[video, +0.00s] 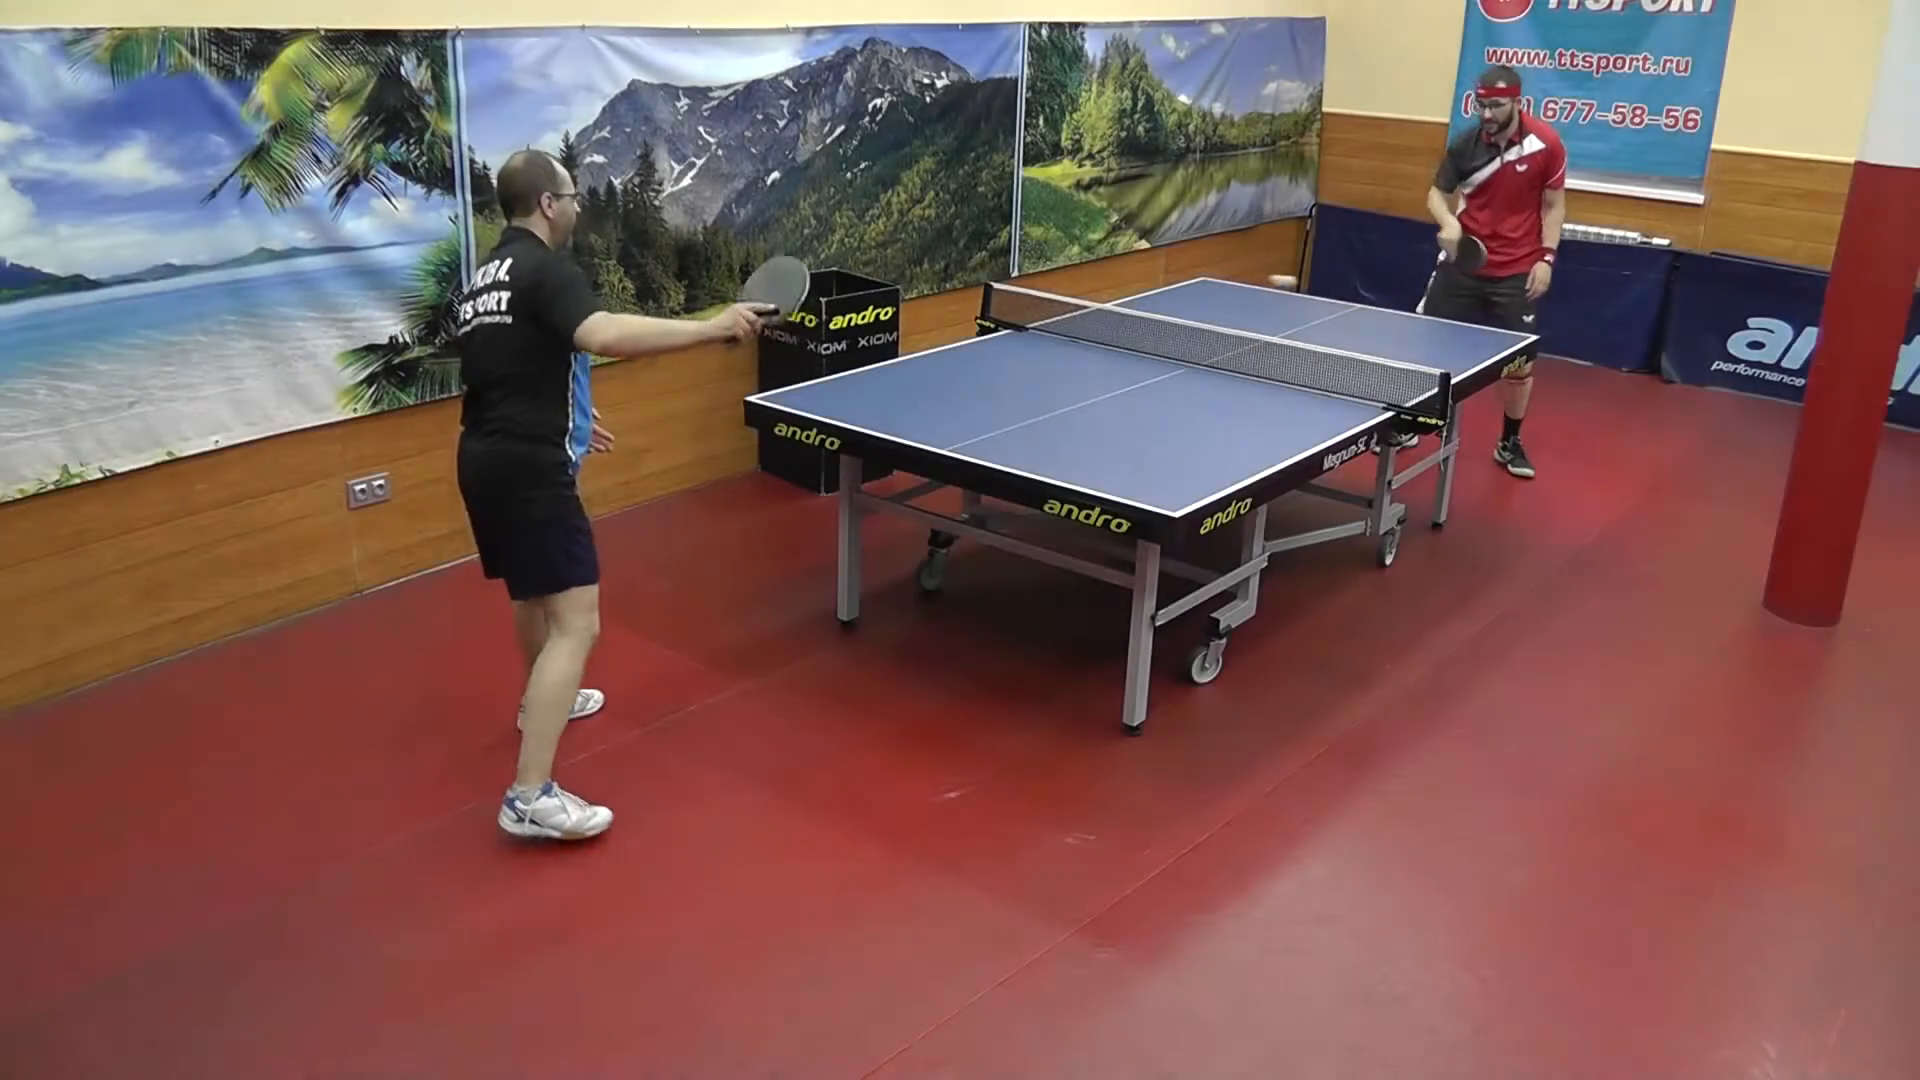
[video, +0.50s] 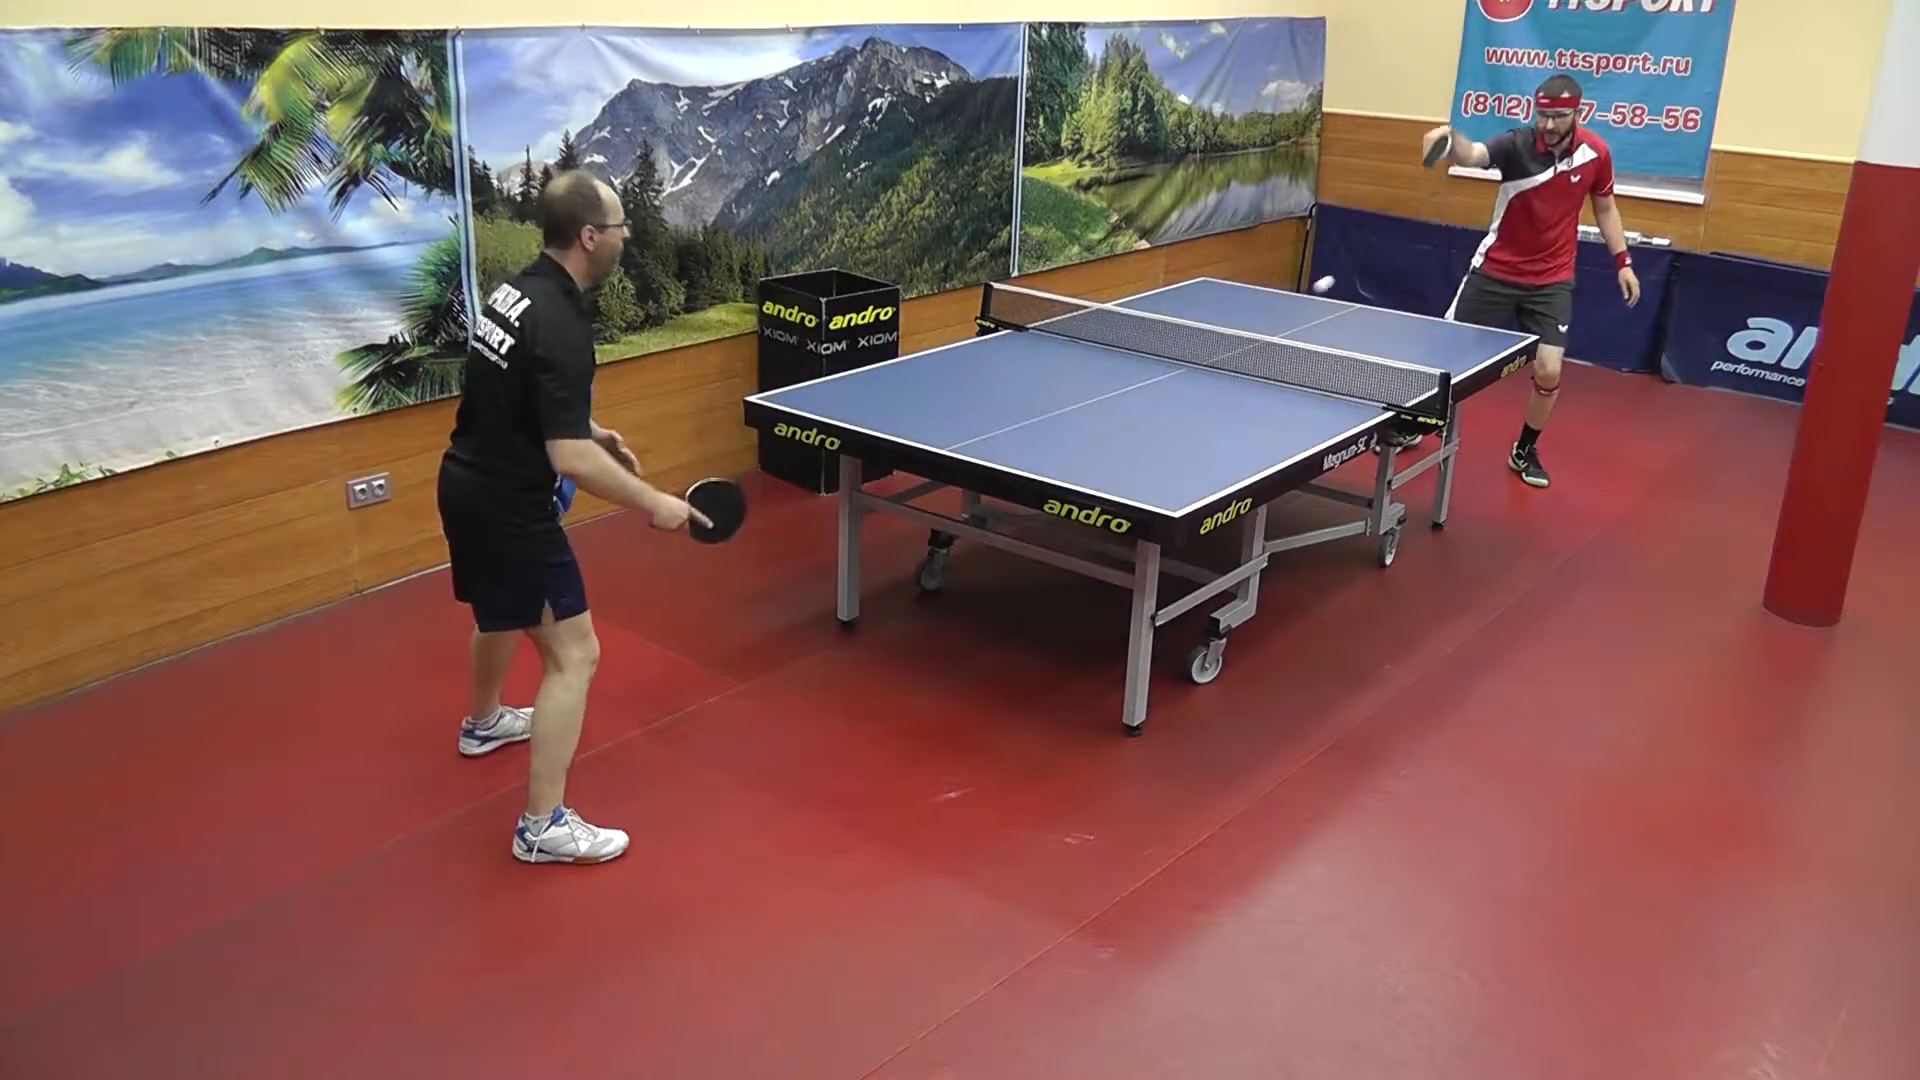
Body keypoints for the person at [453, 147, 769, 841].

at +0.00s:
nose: (577, 208)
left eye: (574, 197)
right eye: (571, 197)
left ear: (517, 208)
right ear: (547, 204)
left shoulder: (484, 273)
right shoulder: (544, 267)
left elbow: (493, 376)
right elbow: (601, 335)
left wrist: (561, 421)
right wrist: (711, 327)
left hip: (484, 461)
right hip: (529, 464)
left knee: (531, 592)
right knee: (575, 625)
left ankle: (543, 694)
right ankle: (529, 795)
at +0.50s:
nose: (625, 235)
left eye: (622, 223)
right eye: (618, 225)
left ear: (569, 235)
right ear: (586, 237)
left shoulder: (520, 289)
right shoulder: (561, 320)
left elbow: (515, 392)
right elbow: (570, 454)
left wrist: (586, 431)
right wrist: (654, 502)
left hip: (470, 482)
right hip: (512, 503)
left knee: (501, 603)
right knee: (573, 653)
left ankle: (485, 718)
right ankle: (543, 822)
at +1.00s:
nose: (758, 368)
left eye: (756, 356)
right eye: (747, 360)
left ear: (707, 368)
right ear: (701, 371)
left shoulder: (693, 384)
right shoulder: (626, 445)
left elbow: (734, 399)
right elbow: (569, 572)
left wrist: (783, 449)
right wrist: (571, 697)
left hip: (611, 556)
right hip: (596, 575)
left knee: (556, 627)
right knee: (703, 683)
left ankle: (496, 712)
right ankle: (701, 842)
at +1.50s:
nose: (783, 240)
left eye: (779, 228)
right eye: (778, 230)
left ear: (705, 241)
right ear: (754, 246)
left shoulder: (650, 303)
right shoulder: (748, 330)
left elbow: (589, 391)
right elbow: (882, 322)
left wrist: (625, 456)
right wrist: (888, 215)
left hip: (579, 504)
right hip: (647, 542)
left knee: (576, 578)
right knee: (717, 686)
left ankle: (518, 673)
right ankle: (700, 858)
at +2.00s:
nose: (637, 283)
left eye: (634, 270)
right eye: (631, 272)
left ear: (568, 283)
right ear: (603, 287)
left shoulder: (512, 342)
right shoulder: (586, 398)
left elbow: (512, 458)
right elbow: (614, 526)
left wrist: (588, 514)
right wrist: (674, 540)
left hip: (452, 558)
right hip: (523, 578)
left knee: (446, 689)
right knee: (634, 699)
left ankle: (388, 819)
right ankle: (684, 865)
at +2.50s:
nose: (576, 286)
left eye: (572, 273)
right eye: (572, 275)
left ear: (501, 284)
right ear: (554, 281)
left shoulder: (452, 365)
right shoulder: (587, 364)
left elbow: (398, 483)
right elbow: (637, 470)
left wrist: (448, 526)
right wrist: (566, 454)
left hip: (448, 580)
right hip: (540, 583)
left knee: (436, 693)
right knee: (631, 699)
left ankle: (388, 820)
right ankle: (630, 874)